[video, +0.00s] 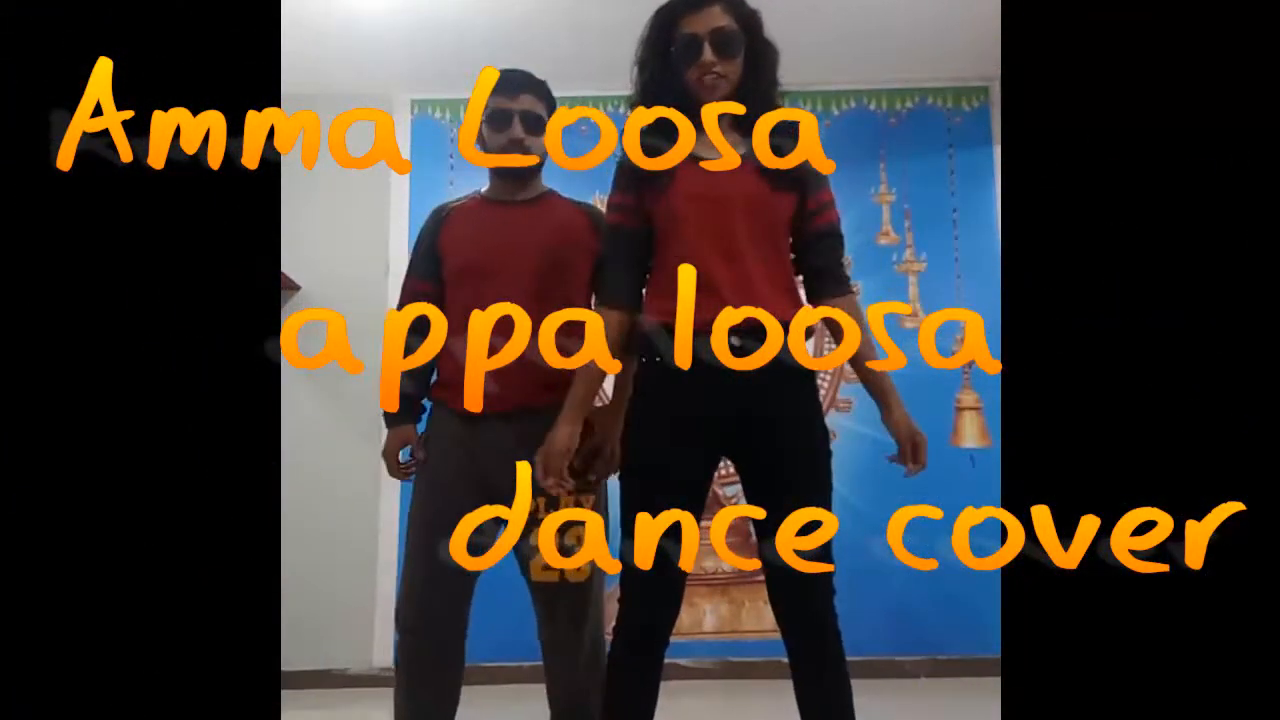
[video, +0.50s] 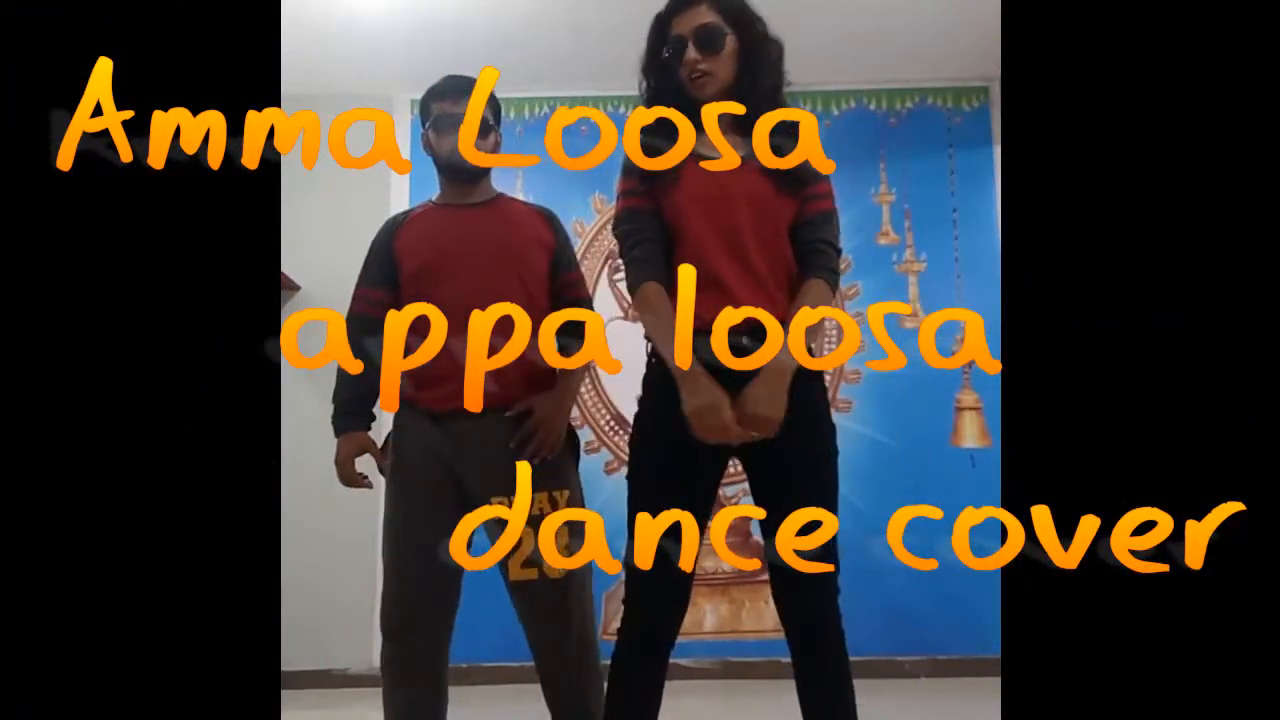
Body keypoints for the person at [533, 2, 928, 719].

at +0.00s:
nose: (708, 58)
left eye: (724, 43)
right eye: (689, 46)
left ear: (752, 55)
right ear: (666, 62)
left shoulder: (787, 145)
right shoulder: (648, 148)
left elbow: (830, 283)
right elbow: (618, 290)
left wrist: (890, 403)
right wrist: (572, 414)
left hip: (778, 394)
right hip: (671, 394)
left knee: (807, 602)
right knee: (649, 601)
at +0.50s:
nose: (692, 57)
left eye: (708, 38)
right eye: (675, 48)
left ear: (747, 44)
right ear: (663, 64)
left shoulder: (789, 133)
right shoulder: (652, 140)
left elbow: (822, 260)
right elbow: (640, 265)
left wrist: (783, 367)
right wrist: (686, 372)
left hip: (786, 383)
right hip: (679, 384)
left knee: (810, 598)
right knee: (653, 602)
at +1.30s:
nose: (633, 66)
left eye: (649, 46)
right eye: (632, 51)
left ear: (705, 47)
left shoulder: (777, 140)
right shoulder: (635, 149)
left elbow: (816, 274)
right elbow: (607, 275)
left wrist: (893, 361)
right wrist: (587, 377)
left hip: (754, 387)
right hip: (646, 387)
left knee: (812, 593)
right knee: (627, 599)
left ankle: (837, 718)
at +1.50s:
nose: (655, 56)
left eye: (673, 36)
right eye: (645, 46)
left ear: (721, 40)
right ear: (640, 65)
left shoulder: (782, 135)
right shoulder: (645, 148)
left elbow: (835, 271)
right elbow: (627, 301)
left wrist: (949, 289)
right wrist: (570, 276)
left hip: (787, 388)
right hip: (679, 389)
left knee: (821, 603)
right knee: (651, 604)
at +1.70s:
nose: (694, 48)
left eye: (711, 30)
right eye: (675, 39)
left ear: (744, 44)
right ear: (659, 62)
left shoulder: (790, 132)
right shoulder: (655, 150)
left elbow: (868, 253)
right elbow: (632, 298)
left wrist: (953, 164)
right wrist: (560, 207)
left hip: (797, 388)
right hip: (689, 390)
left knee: (824, 598)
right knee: (643, 603)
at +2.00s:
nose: (710, 47)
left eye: (727, 32)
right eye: (691, 36)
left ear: (755, 47)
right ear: (670, 55)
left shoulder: (789, 134)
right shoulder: (659, 147)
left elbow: (888, 186)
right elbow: (617, 285)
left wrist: (885, 63)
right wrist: (562, 182)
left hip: (767, 380)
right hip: (664, 378)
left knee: (802, 592)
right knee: (637, 594)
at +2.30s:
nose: (714, 57)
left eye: (730, 38)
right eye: (695, 45)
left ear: (760, 45)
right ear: (674, 57)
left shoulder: (784, 133)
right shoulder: (654, 140)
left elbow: (868, 176)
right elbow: (639, 269)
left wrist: (829, 72)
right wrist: (686, 196)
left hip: (777, 383)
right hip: (674, 383)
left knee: (800, 596)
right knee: (646, 598)